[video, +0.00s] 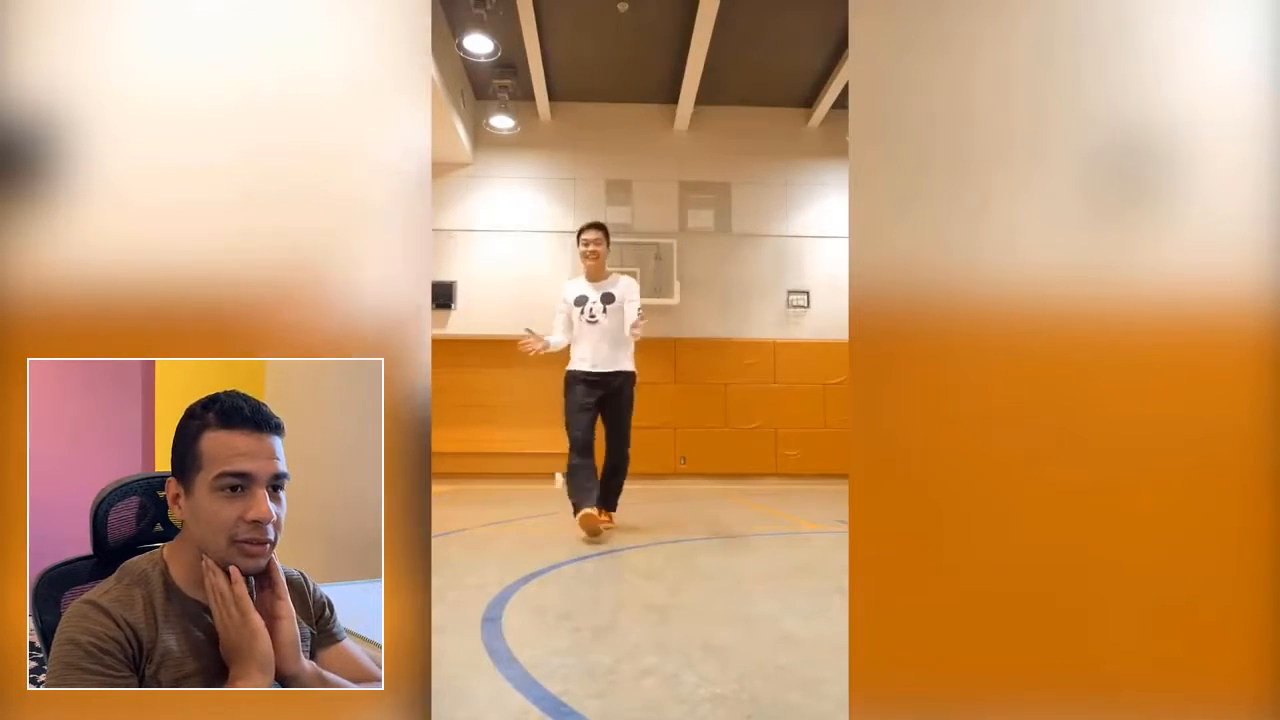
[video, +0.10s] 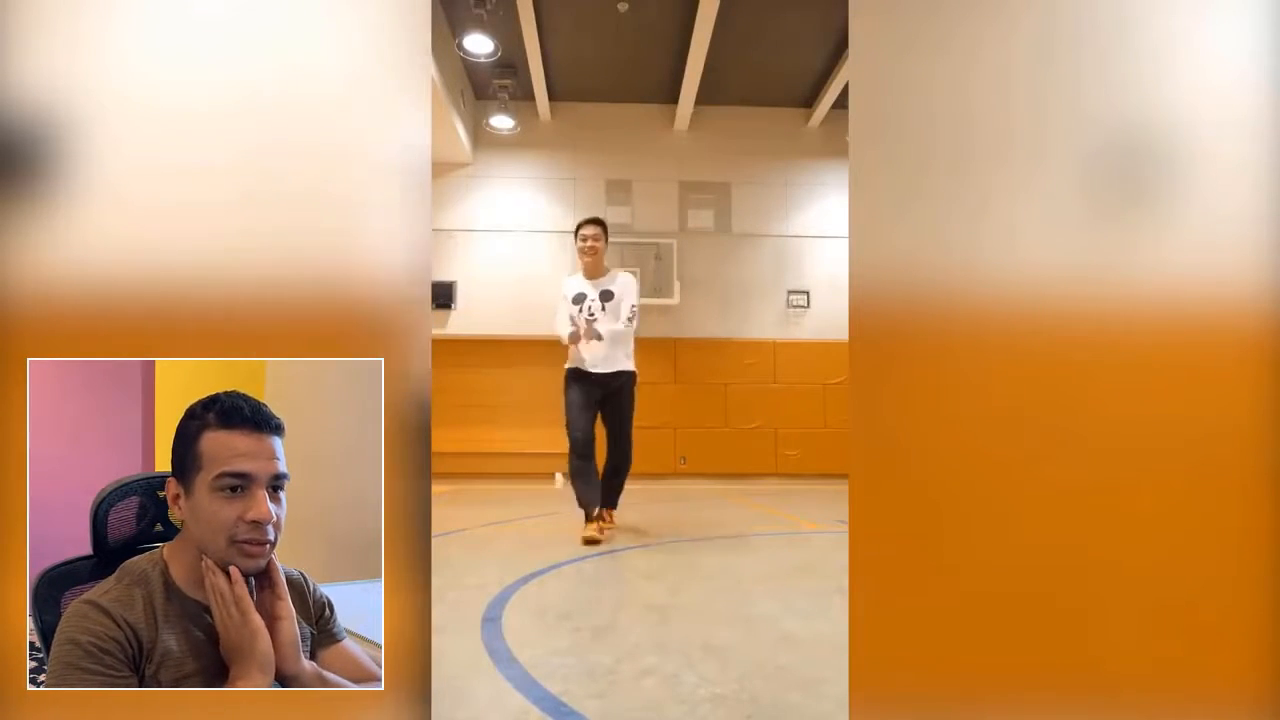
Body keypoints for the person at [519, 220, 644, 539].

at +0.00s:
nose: (591, 248)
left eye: (597, 243)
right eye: (586, 243)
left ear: (607, 248)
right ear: (578, 249)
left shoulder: (626, 286)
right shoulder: (570, 289)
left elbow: (633, 327)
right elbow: (562, 336)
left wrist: (636, 328)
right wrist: (544, 342)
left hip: (619, 374)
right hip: (581, 374)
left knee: (618, 444)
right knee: (579, 440)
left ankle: (606, 508)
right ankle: (585, 508)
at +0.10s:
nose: (589, 244)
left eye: (595, 239)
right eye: (583, 239)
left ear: (606, 245)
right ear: (576, 244)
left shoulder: (626, 282)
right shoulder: (569, 285)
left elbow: (628, 325)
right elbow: (561, 325)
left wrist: (596, 331)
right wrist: (571, 335)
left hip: (619, 374)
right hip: (581, 375)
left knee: (620, 445)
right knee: (580, 440)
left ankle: (607, 507)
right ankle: (591, 514)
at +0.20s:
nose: (588, 226)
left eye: (594, 221)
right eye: (582, 221)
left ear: (605, 229)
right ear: (573, 229)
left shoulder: (625, 268)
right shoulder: (565, 271)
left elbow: (631, 308)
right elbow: (553, 315)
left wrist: (607, 302)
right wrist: (564, 309)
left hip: (618, 366)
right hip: (577, 366)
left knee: (630, 441)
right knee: (576, 443)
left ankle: (612, 489)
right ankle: (592, 520)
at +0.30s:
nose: (589, 213)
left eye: (596, 207)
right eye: (583, 207)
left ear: (607, 214)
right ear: (575, 214)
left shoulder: (625, 253)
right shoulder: (565, 253)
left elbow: (631, 275)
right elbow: (554, 273)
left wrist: (623, 272)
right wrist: (555, 278)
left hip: (615, 351)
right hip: (574, 353)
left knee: (625, 430)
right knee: (575, 439)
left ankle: (618, 502)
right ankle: (590, 519)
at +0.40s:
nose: (592, 204)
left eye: (599, 199)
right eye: (585, 199)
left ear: (610, 207)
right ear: (576, 206)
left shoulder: (624, 248)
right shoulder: (566, 247)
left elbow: (628, 253)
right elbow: (557, 258)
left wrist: (622, 252)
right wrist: (560, 262)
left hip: (613, 346)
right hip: (570, 346)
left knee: (618, 427)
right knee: (575, 435)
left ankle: (612, 519)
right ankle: (590, 518)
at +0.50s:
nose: (593, 201)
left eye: (601, 196)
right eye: (587, 195)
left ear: (612, 204)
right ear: (577, 202)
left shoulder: (627, 251)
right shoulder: (564, 245)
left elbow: (633, 261)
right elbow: (551, 263)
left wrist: (623, 246)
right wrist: (558, 259)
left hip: (610, 349)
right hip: (565, 348)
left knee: (609, 433)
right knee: (571, 435)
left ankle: (598, 519)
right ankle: (585, 513)